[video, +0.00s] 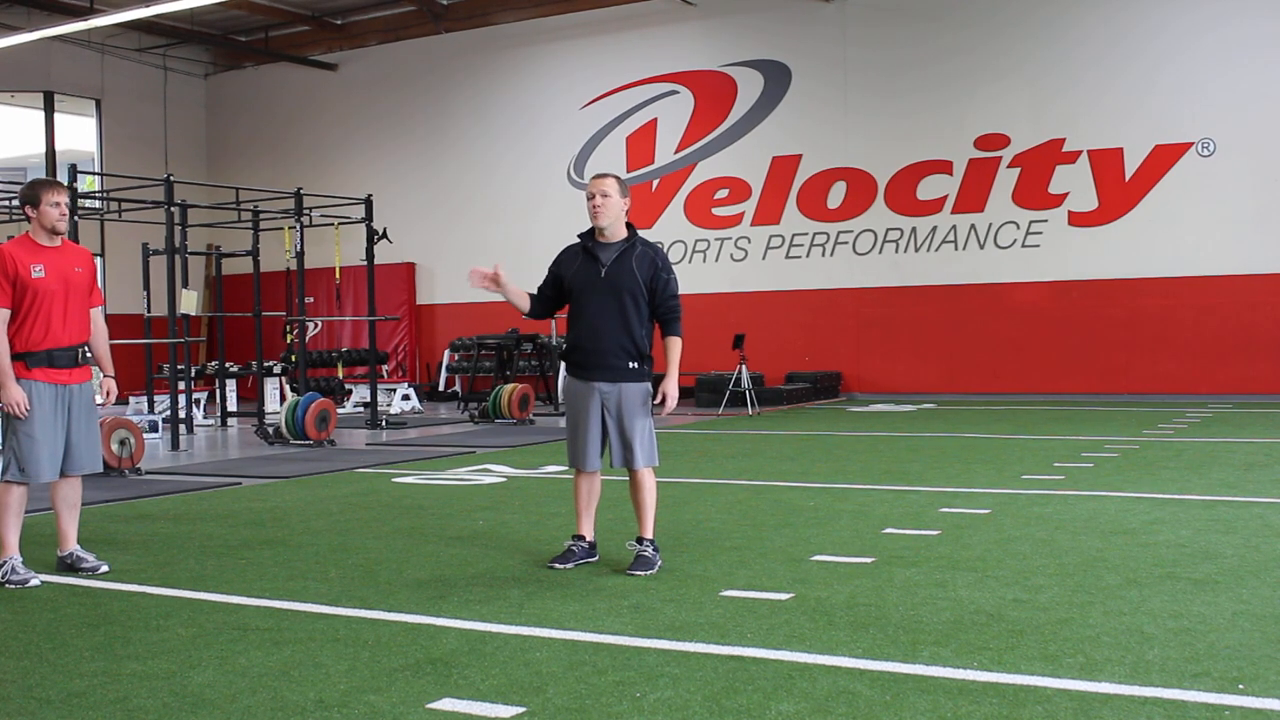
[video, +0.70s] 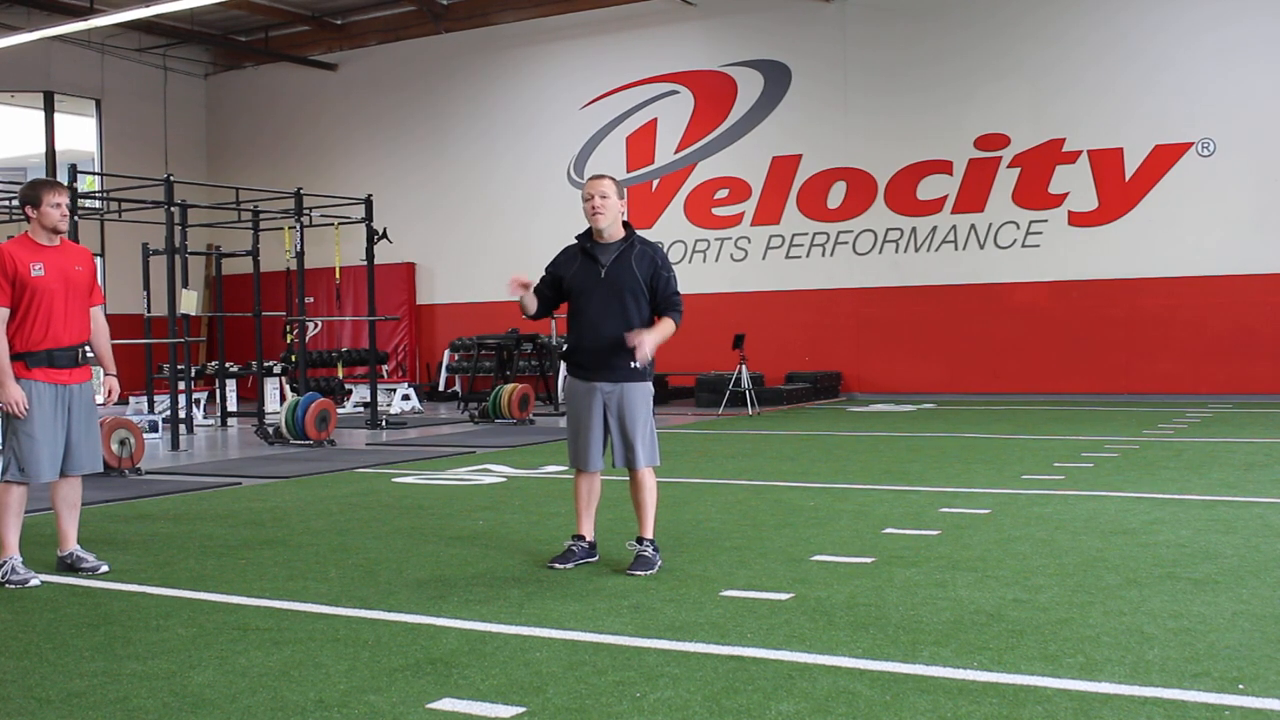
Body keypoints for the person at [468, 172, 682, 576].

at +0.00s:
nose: (595, 202)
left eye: (603, 196)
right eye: (590, 197)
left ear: (625, 204)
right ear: (586, 206)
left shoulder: (651, 258)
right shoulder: (572, 257)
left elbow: (671, 320)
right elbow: (539, 307)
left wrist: (672, 375)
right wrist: (504, 285)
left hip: (631, 380)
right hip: (580, 379)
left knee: (639, 464)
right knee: (584, 463)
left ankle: (646, 544)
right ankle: (583, 542)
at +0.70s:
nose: (594, 204)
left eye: (602, 197)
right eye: (588, 199)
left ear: (622, 204)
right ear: (583, 208)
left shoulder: (649, 255)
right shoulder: (570, 257)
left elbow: (673, 312)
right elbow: (539, 309)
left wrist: (654, 335)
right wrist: (528, 296)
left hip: (632, 379)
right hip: (582, 377)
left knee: (639, 463)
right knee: (585, 462)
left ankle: (646, 544)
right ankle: (583, 542)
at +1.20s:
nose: (598, 207)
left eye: (606, 200)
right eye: (592, 202)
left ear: (625, 205)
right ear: (586, 209)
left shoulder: (652, 256)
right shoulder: (569, 258)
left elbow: (669, 315)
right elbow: (545, 318)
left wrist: (641, 308)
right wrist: (562, 306)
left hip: (634, 379)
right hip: (583, 378)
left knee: (641, 463)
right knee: (585, 463)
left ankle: (647, 545)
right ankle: (584, 542)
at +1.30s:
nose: (599, 207)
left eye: (606, 200)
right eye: (592, 202)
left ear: (625, 205)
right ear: (586, 209)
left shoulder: (652, 256)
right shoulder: (570, 258)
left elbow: (669, 315)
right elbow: (545, 318)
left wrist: (641, 308)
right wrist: (562, 305)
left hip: (634, 379)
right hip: (583, 378)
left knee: (641, 463)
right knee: (586, 463)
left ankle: (647, 544)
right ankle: (584, 542)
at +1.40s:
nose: (599, 207)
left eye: (607, 200)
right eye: (593, 202)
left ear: (625, 205)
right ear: (587, 208)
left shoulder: (653, 256)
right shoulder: (570, 258)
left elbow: (670, 314)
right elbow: (546, 317)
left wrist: (641, 307)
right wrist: (563, 304)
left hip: (634, 379)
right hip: (583, 377)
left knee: (641, 463)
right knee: (585, 462)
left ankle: (647, 545)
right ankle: (584, 542)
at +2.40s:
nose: (591, 209)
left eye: (600, 202)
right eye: (587, 203)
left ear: (623, 206)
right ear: (585, 209)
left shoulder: (653, 256)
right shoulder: (571, 259)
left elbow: (678, 315)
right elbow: (548, 321)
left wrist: (652, 312)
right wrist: (556, 312)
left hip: (635, 380)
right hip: (584, 379)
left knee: (640, 463)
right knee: (586, 464)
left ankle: (646, 544)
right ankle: (584, 542)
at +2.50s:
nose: (591, 209)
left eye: (599, 202)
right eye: (587, 203)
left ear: (623, 207)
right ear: (585, 208)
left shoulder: (653, 256)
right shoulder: (571, 259)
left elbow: (678, 315)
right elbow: (548, 322)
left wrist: (652, 312)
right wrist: (557, 311)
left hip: (635, 380)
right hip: (584, 379)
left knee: (641, 463)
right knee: (586, 464)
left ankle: (646, 544)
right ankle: (584, 542)